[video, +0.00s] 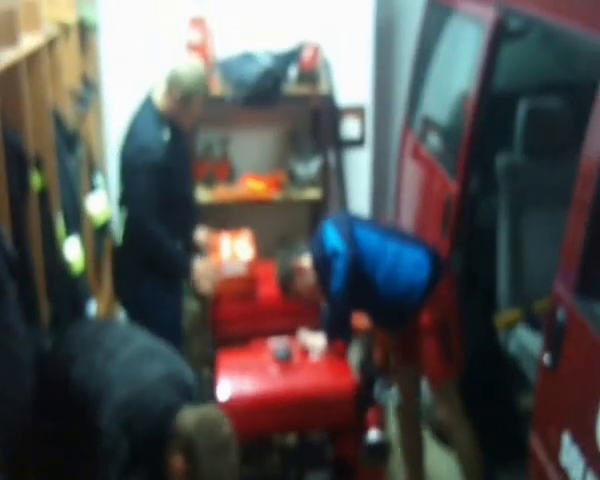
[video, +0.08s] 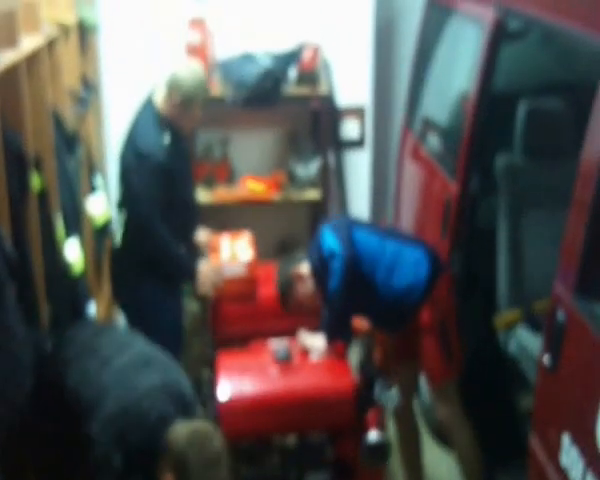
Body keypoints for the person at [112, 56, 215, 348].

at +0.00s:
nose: (200, 113)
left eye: (202, 104)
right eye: (197, 104)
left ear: (174, 95)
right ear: (177, 98)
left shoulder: (167, 127)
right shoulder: (152, 145)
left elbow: (169, 198)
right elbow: (146, 222)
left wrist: (191, 230)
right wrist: (187, 266)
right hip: (149, 269)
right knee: (162, 357)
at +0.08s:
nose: (198, 118)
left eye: (200, 109)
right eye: (194, 109)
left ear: (175, 100)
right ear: (174, 103)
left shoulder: (168, 129)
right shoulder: (152, 149)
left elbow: (171, 197)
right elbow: (150, 225)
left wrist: (192, 229)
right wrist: (191, 270)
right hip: (147, 271)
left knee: (166, 355)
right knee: (161, 359)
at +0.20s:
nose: (199, 118)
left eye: (201, 109)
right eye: (195, 110)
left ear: (174, 101)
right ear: (175, 104)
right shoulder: (153, 151)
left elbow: (169, 201)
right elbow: (151, 228)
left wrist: (192, 231)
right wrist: (191, 270)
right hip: (147, 273)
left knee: (164, 352)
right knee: (160, 357)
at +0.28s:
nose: (199, 121)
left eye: (201, 112)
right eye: (195, 113)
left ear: (174, 103)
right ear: (174, 105)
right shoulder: (153, 152)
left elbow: (171, 200)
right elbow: (151, 228)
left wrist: (191, 230)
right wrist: (189, 270)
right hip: (146, 272)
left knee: (160, 356)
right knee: (157, 361)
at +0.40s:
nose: (197, 117)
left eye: (198, 108)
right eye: (192, 109)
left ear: (172, 101)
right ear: (171, 103)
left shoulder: (166, 129)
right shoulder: (149, 149)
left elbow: (170, 199)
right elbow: (149, 226)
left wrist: (191, 231)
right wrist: (189, 269)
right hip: (144, 272)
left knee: (158, 357)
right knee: (155, 361)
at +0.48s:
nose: (194, 119)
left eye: (196, 110)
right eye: (190, 111)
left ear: (171, 101)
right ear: (169, 102)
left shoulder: (167, 128)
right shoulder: (148, 149)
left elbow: (172, 197)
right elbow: (148, 224)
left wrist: (190, 231)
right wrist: (188, 270)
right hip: (143, 270)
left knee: (157, 356)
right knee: (155, 360)